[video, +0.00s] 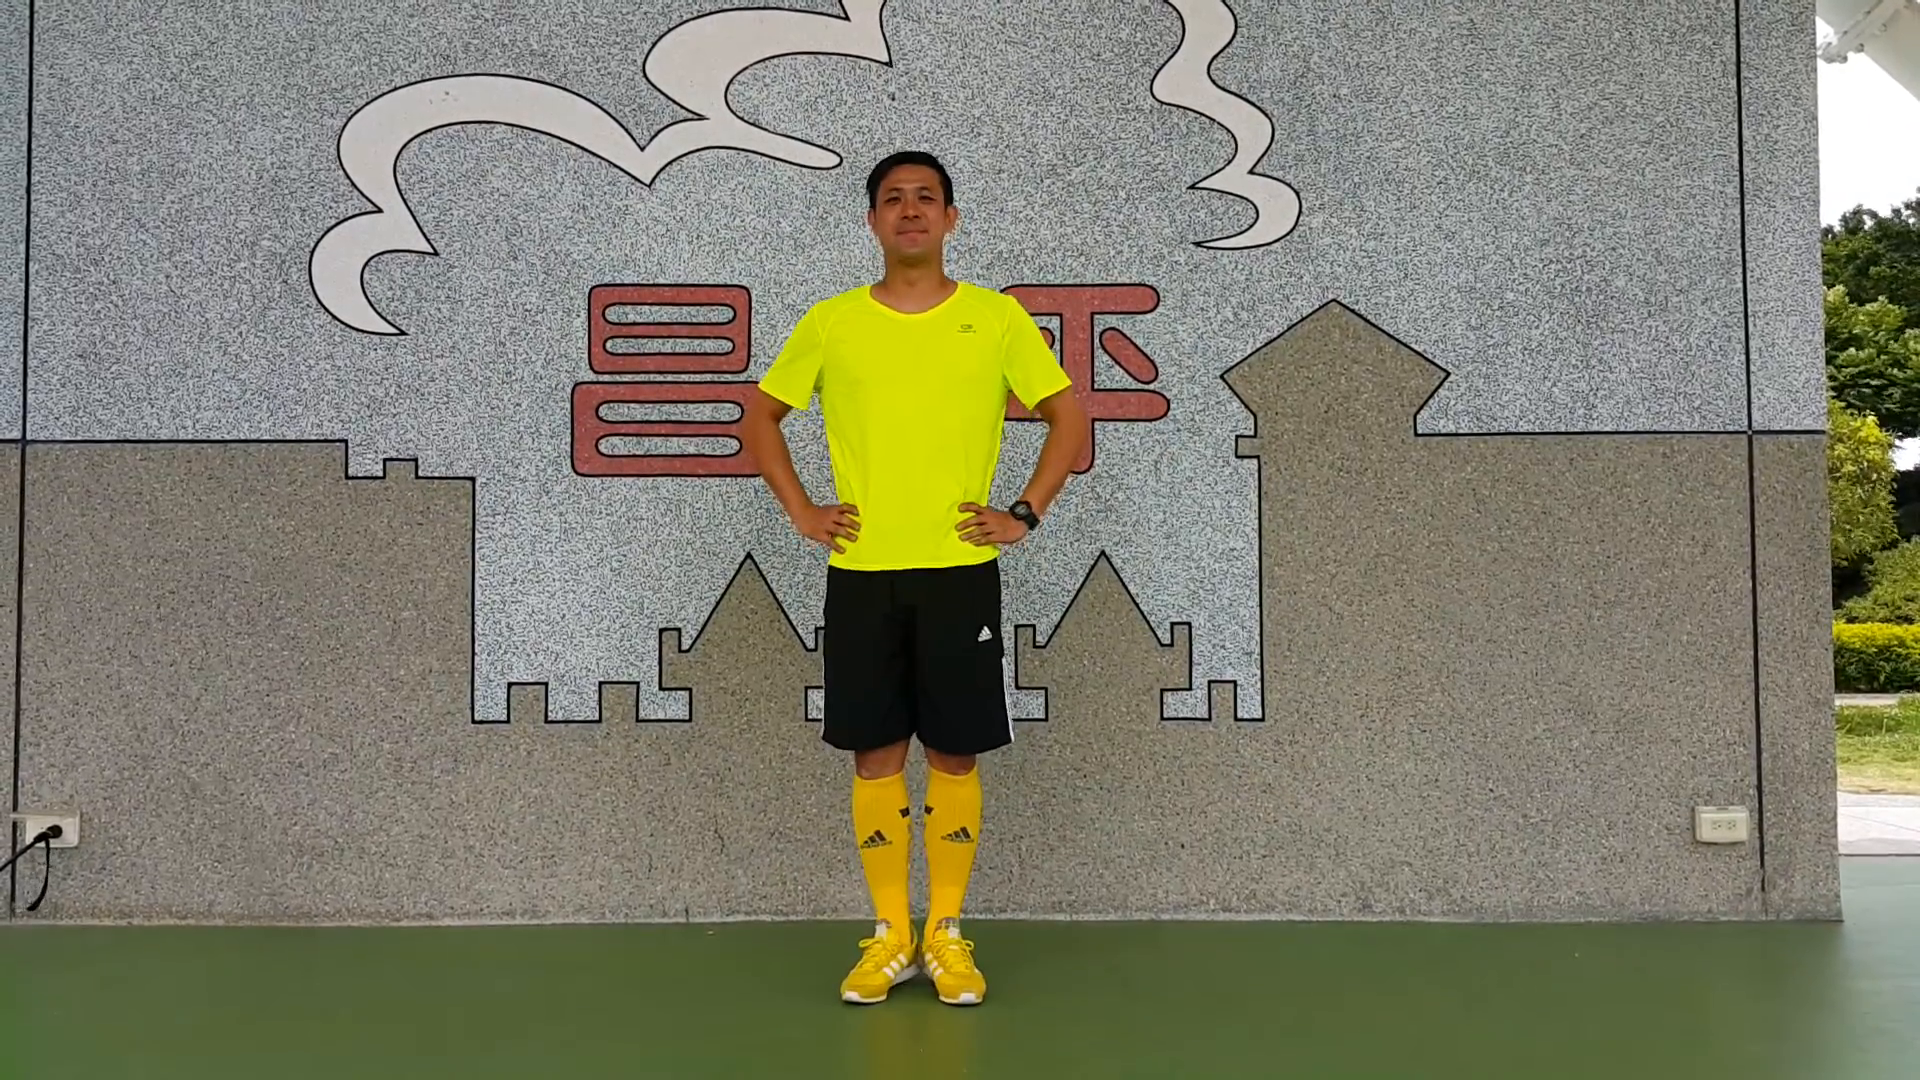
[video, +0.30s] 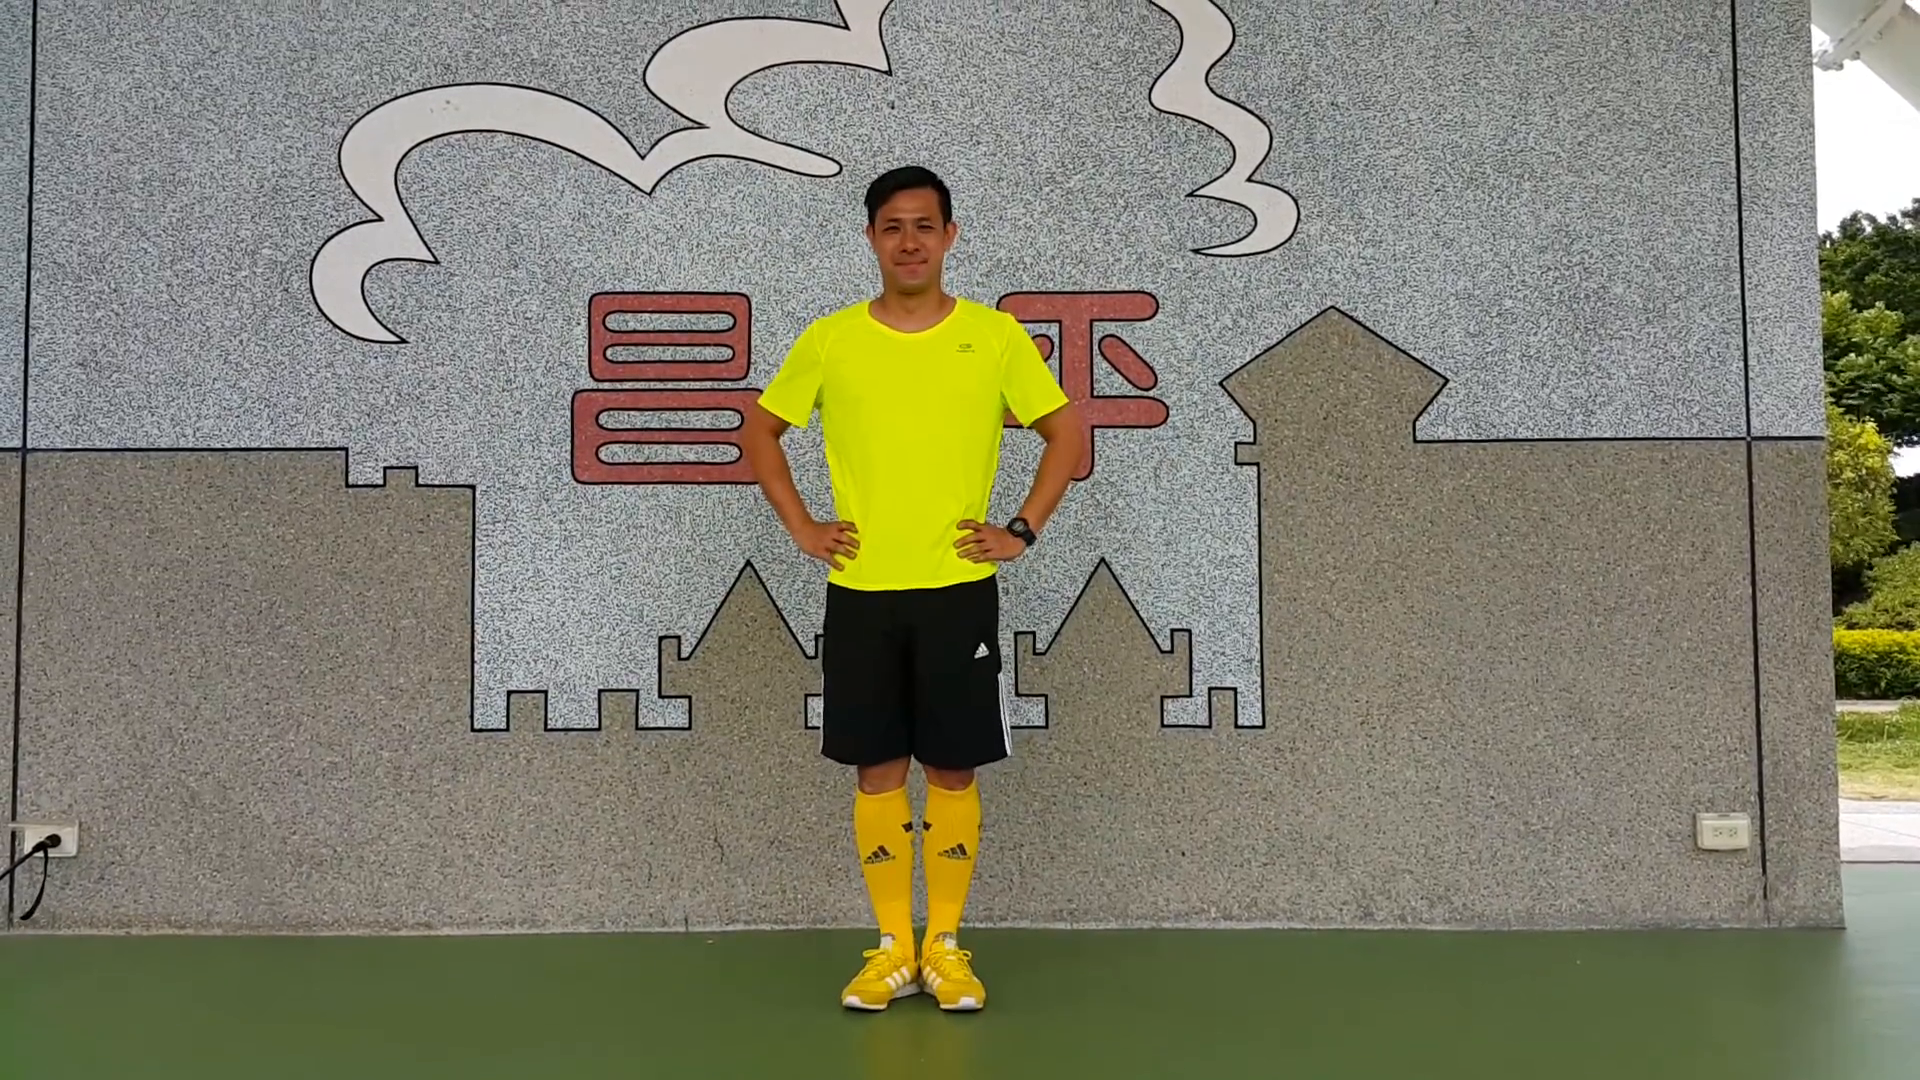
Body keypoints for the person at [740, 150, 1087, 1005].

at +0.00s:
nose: (910, 210)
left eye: (925, 198)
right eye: (894, 200)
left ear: (951, 220)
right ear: (872, 223)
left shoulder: (996, 317)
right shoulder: (832, 320)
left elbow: (1072, 417)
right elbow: (758, 417)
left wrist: (1025, 514)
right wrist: (801, 509)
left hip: (960, 568)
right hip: (863, 568)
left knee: (953, 750)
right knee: (876, 750)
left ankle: (944, 932)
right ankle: (891, 934)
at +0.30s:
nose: (910, 241)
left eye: (925, 226)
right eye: (893, 227)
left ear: (949, 237)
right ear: (872, 240)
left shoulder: (994, 334)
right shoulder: (830, 338)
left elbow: (1070, 431)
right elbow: (758, 432)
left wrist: (1021, 530)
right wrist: (802, 526)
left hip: (958, 583)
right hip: (862, 584)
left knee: (951, 765)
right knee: (877, 766)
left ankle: (943, 946)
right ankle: (894, 949)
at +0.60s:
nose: (909, 251)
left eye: (924, 236)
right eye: (893, 237)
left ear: (948, 250)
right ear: (872, 252)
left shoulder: (992, 346)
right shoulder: (830, 349)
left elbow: (1068, 443)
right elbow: (757, 443)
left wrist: (1021, 542)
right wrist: (801, 537)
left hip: (958, 596)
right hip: (862, 597)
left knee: (951, 779)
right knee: (876, 779)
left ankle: (944, 960)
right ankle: (895, 962)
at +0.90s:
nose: (914, 237)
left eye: (929, 226)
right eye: (897, 228)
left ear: (954, 250)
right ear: (875, 255)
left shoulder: (1001, 345)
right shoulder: (836, 350)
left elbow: (1078, 444)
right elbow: (762, 445)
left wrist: (1032, 541)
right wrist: (807, 539)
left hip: (968, 595)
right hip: (871, 597)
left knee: (962, 781)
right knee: (884, 782)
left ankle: (957, 966)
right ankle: (902, 969)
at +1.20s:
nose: (930, 272)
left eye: (946, 257)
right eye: (914, 259)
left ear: (970, 270)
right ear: (893, 275)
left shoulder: (1018, 368)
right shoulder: (853, 372)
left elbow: (1094, 465)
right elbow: (781, 467)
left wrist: (1049, 564)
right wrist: (828, 561)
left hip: (986, 620)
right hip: (890, 621)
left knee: (980, 801)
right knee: (908, 801)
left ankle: (974, 983)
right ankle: (924, 985)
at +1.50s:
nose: (944, 280)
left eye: (960, 265)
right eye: (928, 267)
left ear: (984, 278)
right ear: (906, 282)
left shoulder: (1030, 373)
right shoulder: (865, 380)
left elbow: (1106, 469)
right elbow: (794, 474)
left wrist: (1061, 570)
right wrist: (838, 566)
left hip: (997, 624)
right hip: (900, 626)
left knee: (990, 809)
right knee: (918, 808)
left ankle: (983, 989)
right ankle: (934, 991)